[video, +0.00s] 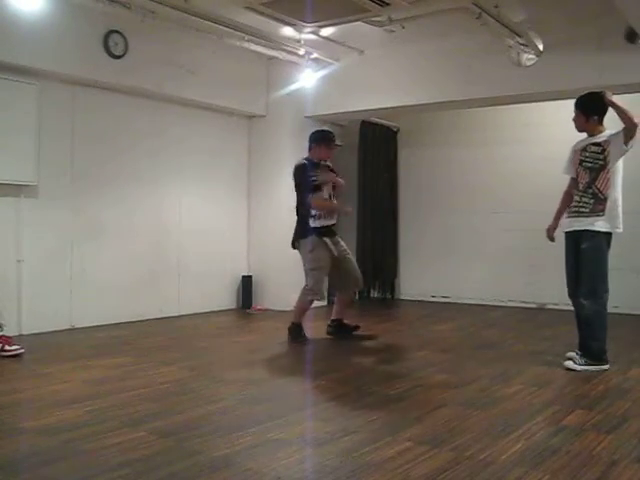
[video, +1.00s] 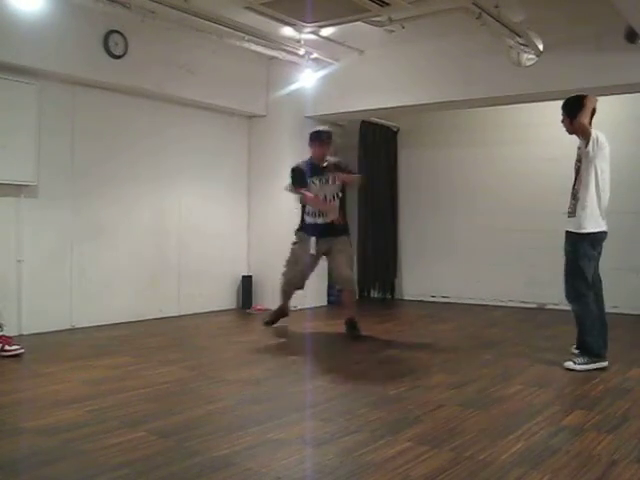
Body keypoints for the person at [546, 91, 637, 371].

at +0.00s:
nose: (574, 119)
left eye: (577, 114)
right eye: (575, 114)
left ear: (590, 116)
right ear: (590, 117)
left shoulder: (613, 143)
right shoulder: (578, 147)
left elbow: (632, 126)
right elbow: (571, 187)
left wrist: (612, 103)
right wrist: (555, 220)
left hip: (597, 227)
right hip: (572, 227)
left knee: (592, 294)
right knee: (578, 293)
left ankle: (597, 356)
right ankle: (587, 350)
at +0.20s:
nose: (573, 115)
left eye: (577, 110)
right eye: (574, 110)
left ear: (589, 113)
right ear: (589, 113)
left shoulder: (611, 139)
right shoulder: (581, 143)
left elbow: (627, 122)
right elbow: (576, 184)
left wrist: (611, 98)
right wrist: (566, 219)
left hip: (596, 225)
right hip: (574, 224)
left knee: (589, 292)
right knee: (574, 290)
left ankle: (596, 356)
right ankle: (587, 350)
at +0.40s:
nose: (570, 114)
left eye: (573, 110)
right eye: (571, 109)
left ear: (586, 111)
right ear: (587, 111)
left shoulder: (609, 138)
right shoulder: (582, 140)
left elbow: (620, 121)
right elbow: (580, 175)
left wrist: (606, 97)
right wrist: (582, 206)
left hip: (598, 226)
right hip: (577, 224)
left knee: (594, 291)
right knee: (571, 288)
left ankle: (597, 355)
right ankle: (587, 348)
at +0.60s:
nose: (568, 117)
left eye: (570, 112)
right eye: (568, 112)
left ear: (582, 112)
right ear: (586, 113)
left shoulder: (604, 139)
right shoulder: (586, 139)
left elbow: (609, 125)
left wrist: (600, 98)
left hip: (595, 228)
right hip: (579, 225)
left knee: (592, 291)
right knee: (575, 288)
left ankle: (597, 355)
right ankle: (587, 345)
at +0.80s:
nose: (566, 120)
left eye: (567, 115)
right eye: (566, 115)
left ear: (579, 114)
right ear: (582, 115)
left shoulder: (599, 140)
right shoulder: (587, 139)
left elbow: (597, 123)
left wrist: (595, 99)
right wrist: (591, 99)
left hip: (591, 228)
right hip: (580, 226)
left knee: (590, 292)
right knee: (582, 290)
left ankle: (596, 355)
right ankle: (589, 346)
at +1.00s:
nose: (564, 126)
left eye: (566, 120)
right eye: (564, 120)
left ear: (577, 118)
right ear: (576, 119)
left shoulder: (595, 143)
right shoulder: (587, 145)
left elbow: (582, 126)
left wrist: (589, 106)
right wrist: (588, 106)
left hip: (587, 229)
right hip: (582, 228)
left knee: (581, 292)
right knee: (587, 290)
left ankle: (594, 354)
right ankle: (589, 347)